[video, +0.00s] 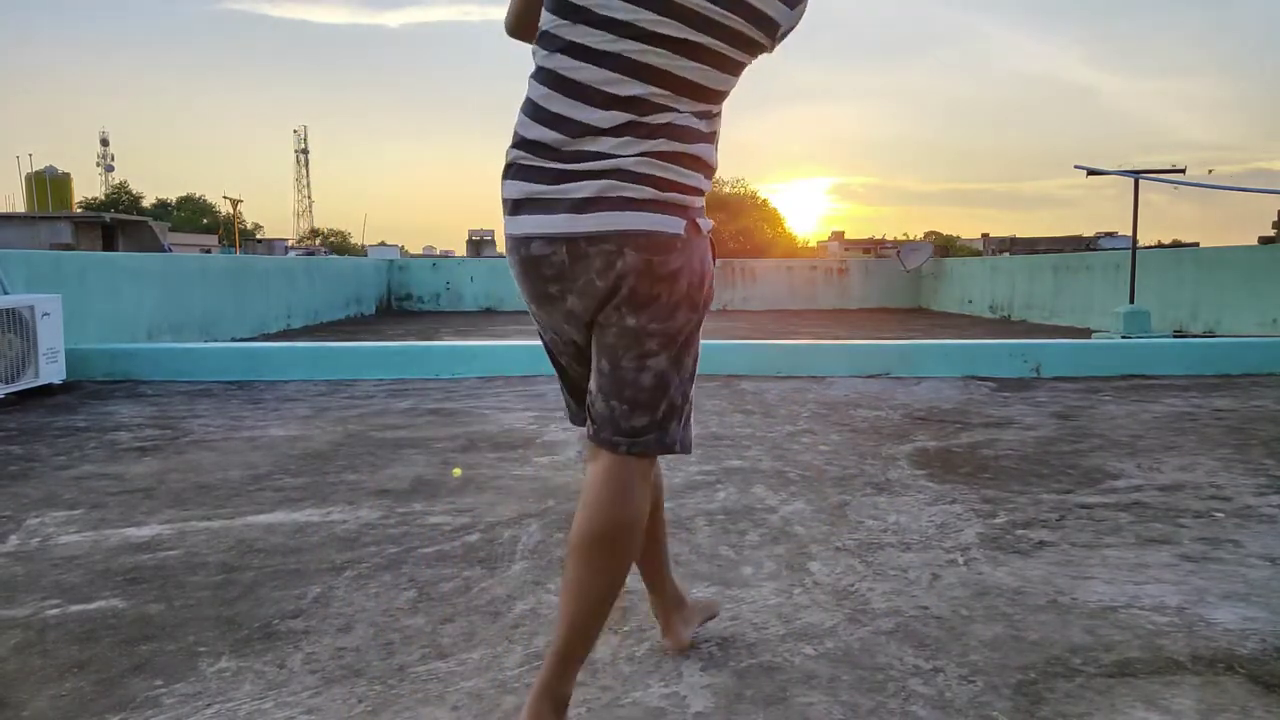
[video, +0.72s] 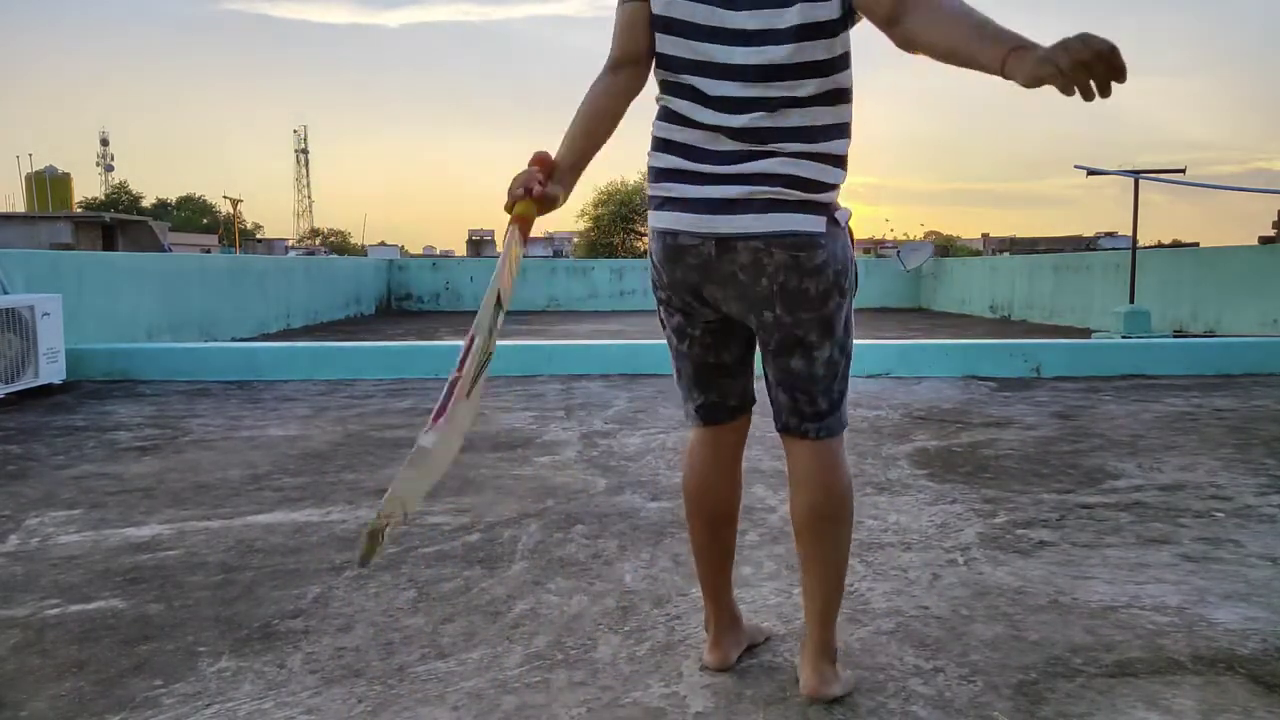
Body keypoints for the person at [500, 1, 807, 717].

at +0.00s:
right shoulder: (772, 4)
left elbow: (521, 19)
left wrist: (612, 26)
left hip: (536, 224)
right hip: (651, 227)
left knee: (620, 429)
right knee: (622, 452)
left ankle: (671, 608)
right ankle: (548, 700)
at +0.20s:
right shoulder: (805, 6)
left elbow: (554, 65)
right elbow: (761, 80)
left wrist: (640, 112)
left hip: (590, 232)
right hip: (701, 235)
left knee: (670, 442)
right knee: (700, 460)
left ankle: (718, 628)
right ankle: (582, 673)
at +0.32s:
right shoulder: (825, 6)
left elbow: (583, 88)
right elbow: (788, 129)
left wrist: (641, 167)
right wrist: (734, 199)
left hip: (613, 231)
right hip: (725, 236)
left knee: (682, 427)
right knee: (752, 436)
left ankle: (719, 627)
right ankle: (656, 630)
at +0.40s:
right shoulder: (831, 3)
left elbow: (601, 80)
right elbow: (824, 137)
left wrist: (598, 184)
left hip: (630, 229)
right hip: (744, 236)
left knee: (685, 426)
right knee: (775, 424)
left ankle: (718, 621)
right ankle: (719, 612)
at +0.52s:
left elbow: (611, 87)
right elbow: (876, 112)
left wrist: (598, 195)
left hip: (647, 230)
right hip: (759, 231)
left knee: (691, 426)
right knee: (794, 425)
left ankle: (716, 630)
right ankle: (803, 636)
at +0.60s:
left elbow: (616, 83)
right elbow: (899, 67)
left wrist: (586, 203)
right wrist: (1020, 175)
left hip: (662, 233)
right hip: (773, 237)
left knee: (700, 424)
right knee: (804, 430)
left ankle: (718, 629)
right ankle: (828, 642)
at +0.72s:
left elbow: (624, 66)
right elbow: (912, 17)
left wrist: (562, 169)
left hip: (680, 227)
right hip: (794, 228)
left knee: (713, 419)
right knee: (813, 434)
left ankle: (720, 628)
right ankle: (818, 659)